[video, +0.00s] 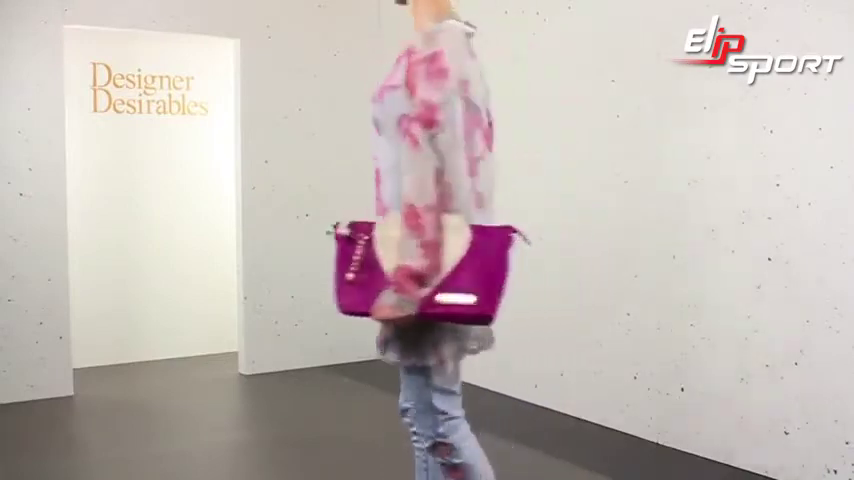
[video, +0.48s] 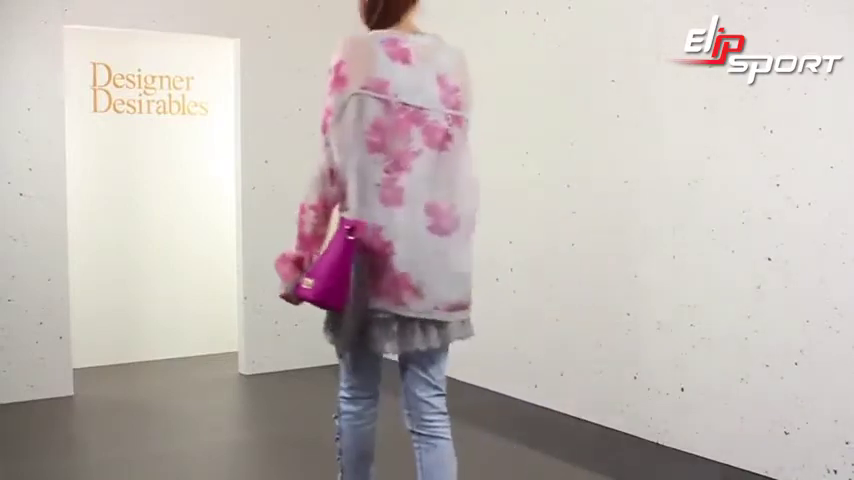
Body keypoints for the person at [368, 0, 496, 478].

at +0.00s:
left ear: (408, 0)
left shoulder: (431, 59)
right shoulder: (452, 52)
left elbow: (425, 183)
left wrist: (405, 288)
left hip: (433, 281)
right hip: (438, 276)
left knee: (442, 422)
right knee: (420, 415)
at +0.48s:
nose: (359, 7)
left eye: (361, 2)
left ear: (368, 3)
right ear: (415, 3)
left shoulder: (357, 52)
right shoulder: (449, 58)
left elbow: (332, 168)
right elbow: (455, 168)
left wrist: (298, 261)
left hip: (368, 251)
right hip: (439, 253)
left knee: (357, 397)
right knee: (429, 405)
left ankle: (354, 475)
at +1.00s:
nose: (306, 11)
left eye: (310, 4)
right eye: (308, 4)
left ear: (320, 11)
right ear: (362, 11)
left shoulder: (296, 73)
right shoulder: (393, 75)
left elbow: (279, 167)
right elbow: (405, 176)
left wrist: (259, 239)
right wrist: (414, 259)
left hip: (316, 239)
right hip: (381, 239)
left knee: (330, 373)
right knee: (357, 360)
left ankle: (344, 474)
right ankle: (361, 467)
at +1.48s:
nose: (265, 40)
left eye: (268, 33)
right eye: (266, 32)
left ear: (279, 35)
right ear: (312, 33)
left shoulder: (260, 94)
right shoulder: (341, 97)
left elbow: (242, 173)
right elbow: (348, 179)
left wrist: (220, 238)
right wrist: (346, 243)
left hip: (271, 235)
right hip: (328, 238)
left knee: (272, 334)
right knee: (319, 343)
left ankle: (278, 447)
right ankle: (309, 455)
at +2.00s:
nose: (223, 58)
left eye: (225, 52)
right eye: (225, 51)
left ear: (231, 55)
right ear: (263, 53)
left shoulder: (216, 106)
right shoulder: (288, 108)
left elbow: (204, 175)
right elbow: (297, 180)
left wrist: (190, 230)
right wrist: (303, 238)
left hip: (233, 228)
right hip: (280, 228)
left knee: (244, 323)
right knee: (263, 313)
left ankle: (263, 422)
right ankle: (260, 406)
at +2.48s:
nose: (185, 77)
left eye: (186, 71)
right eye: (187, 70)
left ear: (192, 74)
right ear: (220, 72)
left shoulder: (179, 121)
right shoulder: (242, 121)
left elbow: (168, 179)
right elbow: (251, 183)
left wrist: (154, 227)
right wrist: (253, 234)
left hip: (192, 229)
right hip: (235, 230)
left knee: (193, 304)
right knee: (229, 310)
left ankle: (193, 387)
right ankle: (220, 397)